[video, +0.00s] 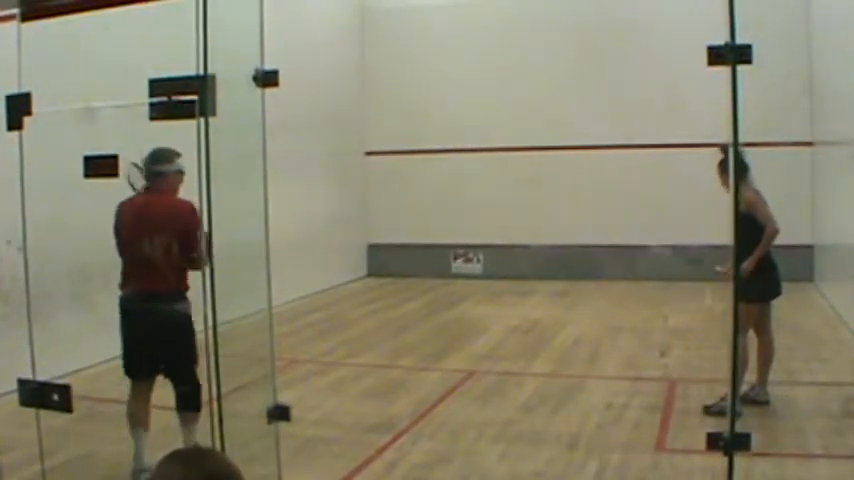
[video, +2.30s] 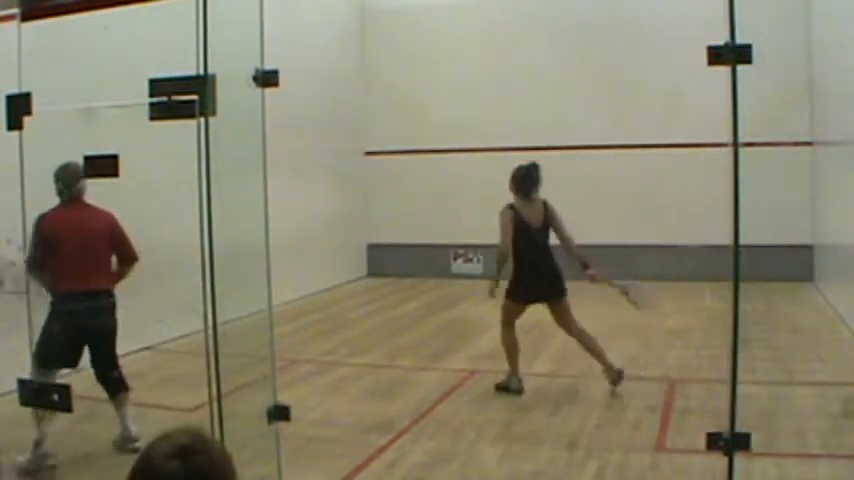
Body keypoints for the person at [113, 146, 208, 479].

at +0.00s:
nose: (181, 180)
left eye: (179, 175)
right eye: (179, 175)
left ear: (147, 176)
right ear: (175, 177)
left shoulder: (125, 209)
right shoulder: (185, 210)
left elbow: (126, 251)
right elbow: (197, 260)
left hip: (134, 307)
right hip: (174, 308)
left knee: (140, 384)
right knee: (185, 379)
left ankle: (139, 461)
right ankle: (192, 451)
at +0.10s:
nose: (191, 182)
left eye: (190, 176)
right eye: (188, 176)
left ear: (157, 176)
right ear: (182, 177)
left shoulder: (133, 206)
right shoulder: (191, 211)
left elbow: (123, 252)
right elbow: (204, 261)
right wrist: (197, 285)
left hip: (138, 306)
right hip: (177, 307)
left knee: (140, 376)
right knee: (187, 378)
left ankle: (137, 450)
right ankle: (192, 450)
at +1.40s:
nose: (179, 177)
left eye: (178, 172)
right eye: (176, 172)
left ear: (146, 175)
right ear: (167, 175)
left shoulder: (125, 209)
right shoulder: (175, 209)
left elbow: (120, 264)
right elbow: (186, 265)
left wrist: (130, 298)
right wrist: (202, 304)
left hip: (136, 303)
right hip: (171, 302)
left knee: (142, 369)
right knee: (184, 377)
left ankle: (131, 444)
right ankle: (189, 447)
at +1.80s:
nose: (140, 185)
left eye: (137, 180)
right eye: (137, 181)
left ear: (111, 184)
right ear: (132, 183)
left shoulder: (90, 216)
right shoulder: (146, 213)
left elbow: (81, 269)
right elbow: (162, 263)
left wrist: (97, 298)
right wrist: (175, 301)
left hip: (104, 307)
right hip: (140, 305)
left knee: (118, 377)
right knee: (161, 370)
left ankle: (130, 447)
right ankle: (170, 435)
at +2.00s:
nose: (116, 186)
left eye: (102, 182)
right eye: (117, 182)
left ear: (92, 185)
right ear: (118, 184)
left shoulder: (76, 215)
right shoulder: (135, 214)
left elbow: (66, 264)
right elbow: (150, 258)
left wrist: (87, 285)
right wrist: (153, 297)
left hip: (92, 303)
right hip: (127, 301)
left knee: (101, 373)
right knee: (127, 368)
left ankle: (125, 433)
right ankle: (131, 433)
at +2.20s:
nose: (75, 190)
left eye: (73, 185)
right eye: (86, 183)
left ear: (72, 188)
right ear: (98, 187)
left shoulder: (59, 222)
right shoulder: (118, 220)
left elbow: (49, 270)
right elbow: (141, 261)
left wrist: (72, 289)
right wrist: (129, 297)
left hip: (77, 309)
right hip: (113, 305)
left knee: (58, 366)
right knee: (113, 367)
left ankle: (84, 427)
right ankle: (127, 430)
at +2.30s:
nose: (73, 189)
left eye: (64, 185)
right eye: (80, 182)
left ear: (58, 188)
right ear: (83, 185)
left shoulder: (47, 222)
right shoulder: (105, 219)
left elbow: (34, 264)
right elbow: (129, 258)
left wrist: (56, 285)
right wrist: (109, 280)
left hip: (66, 309)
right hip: (102, 306)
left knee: (43, 372)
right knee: (109, 368)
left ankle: (41, 447)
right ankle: (129, 430)